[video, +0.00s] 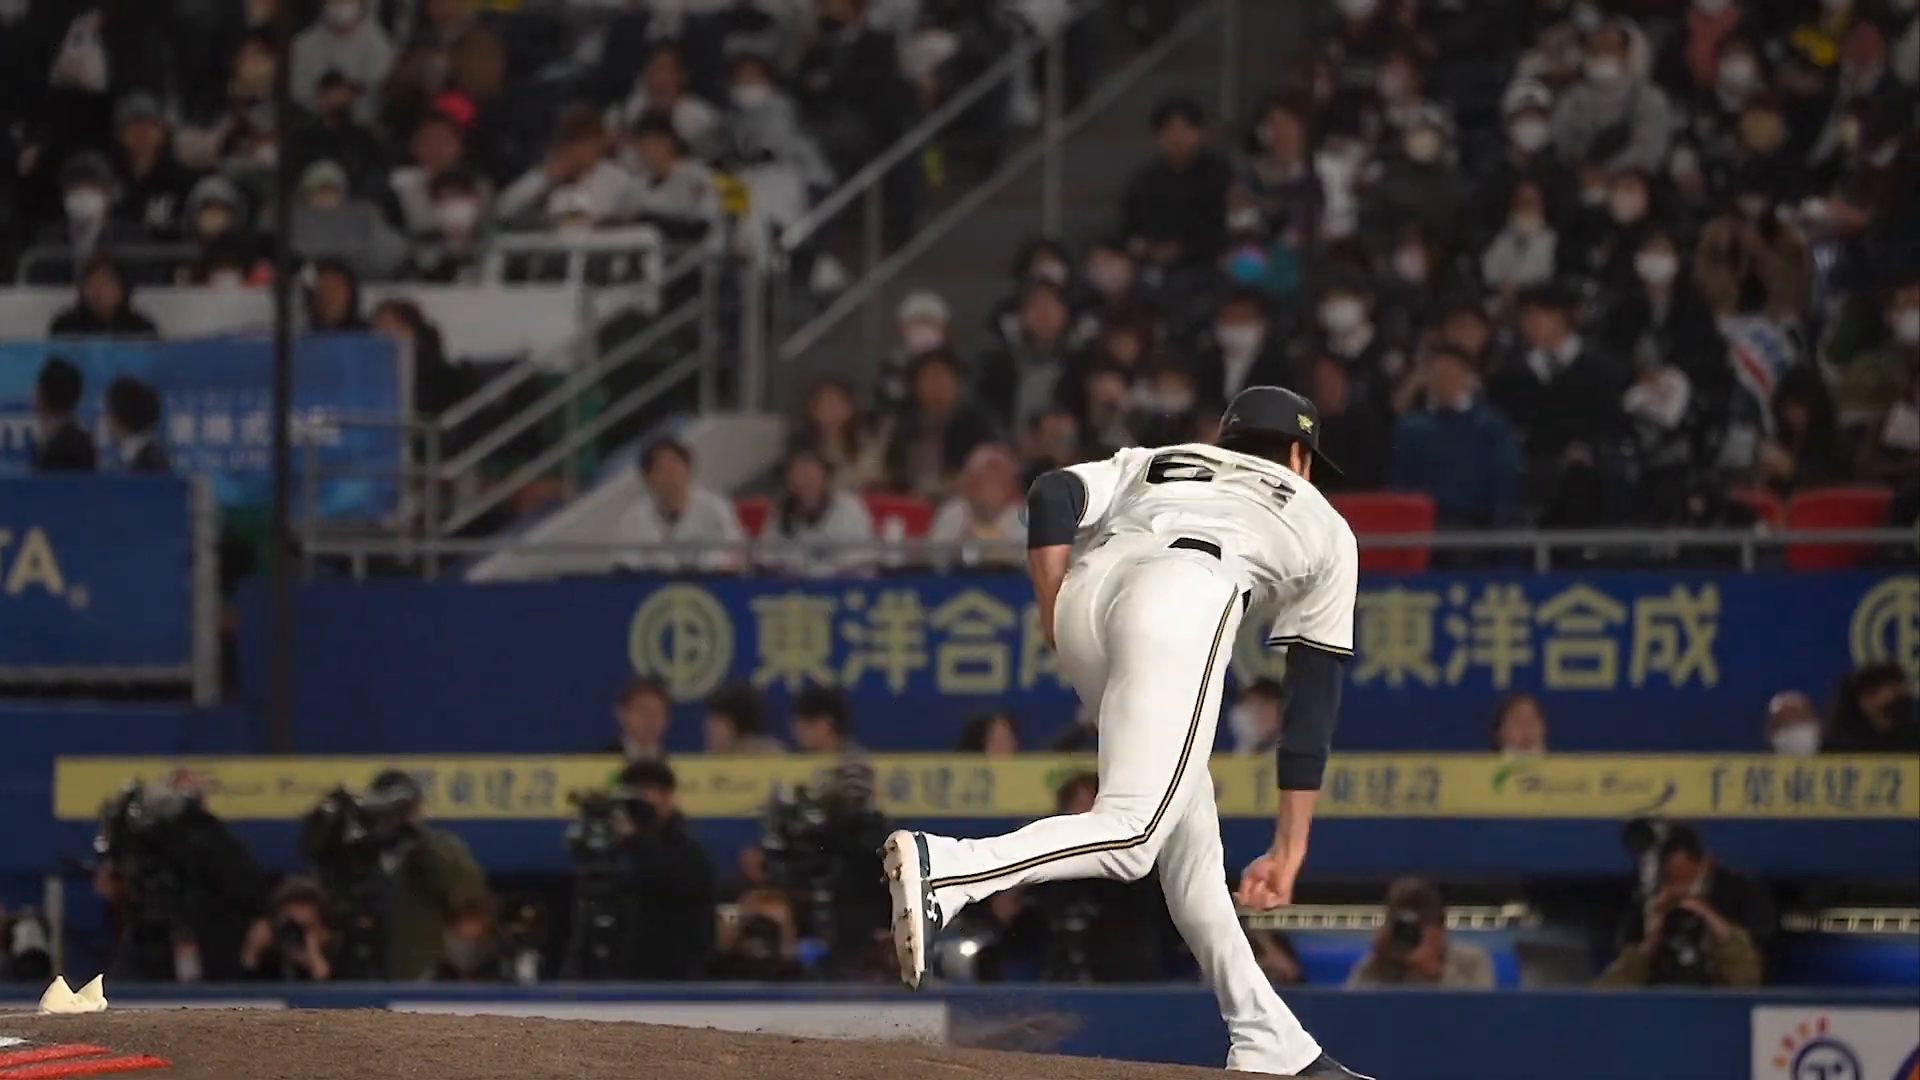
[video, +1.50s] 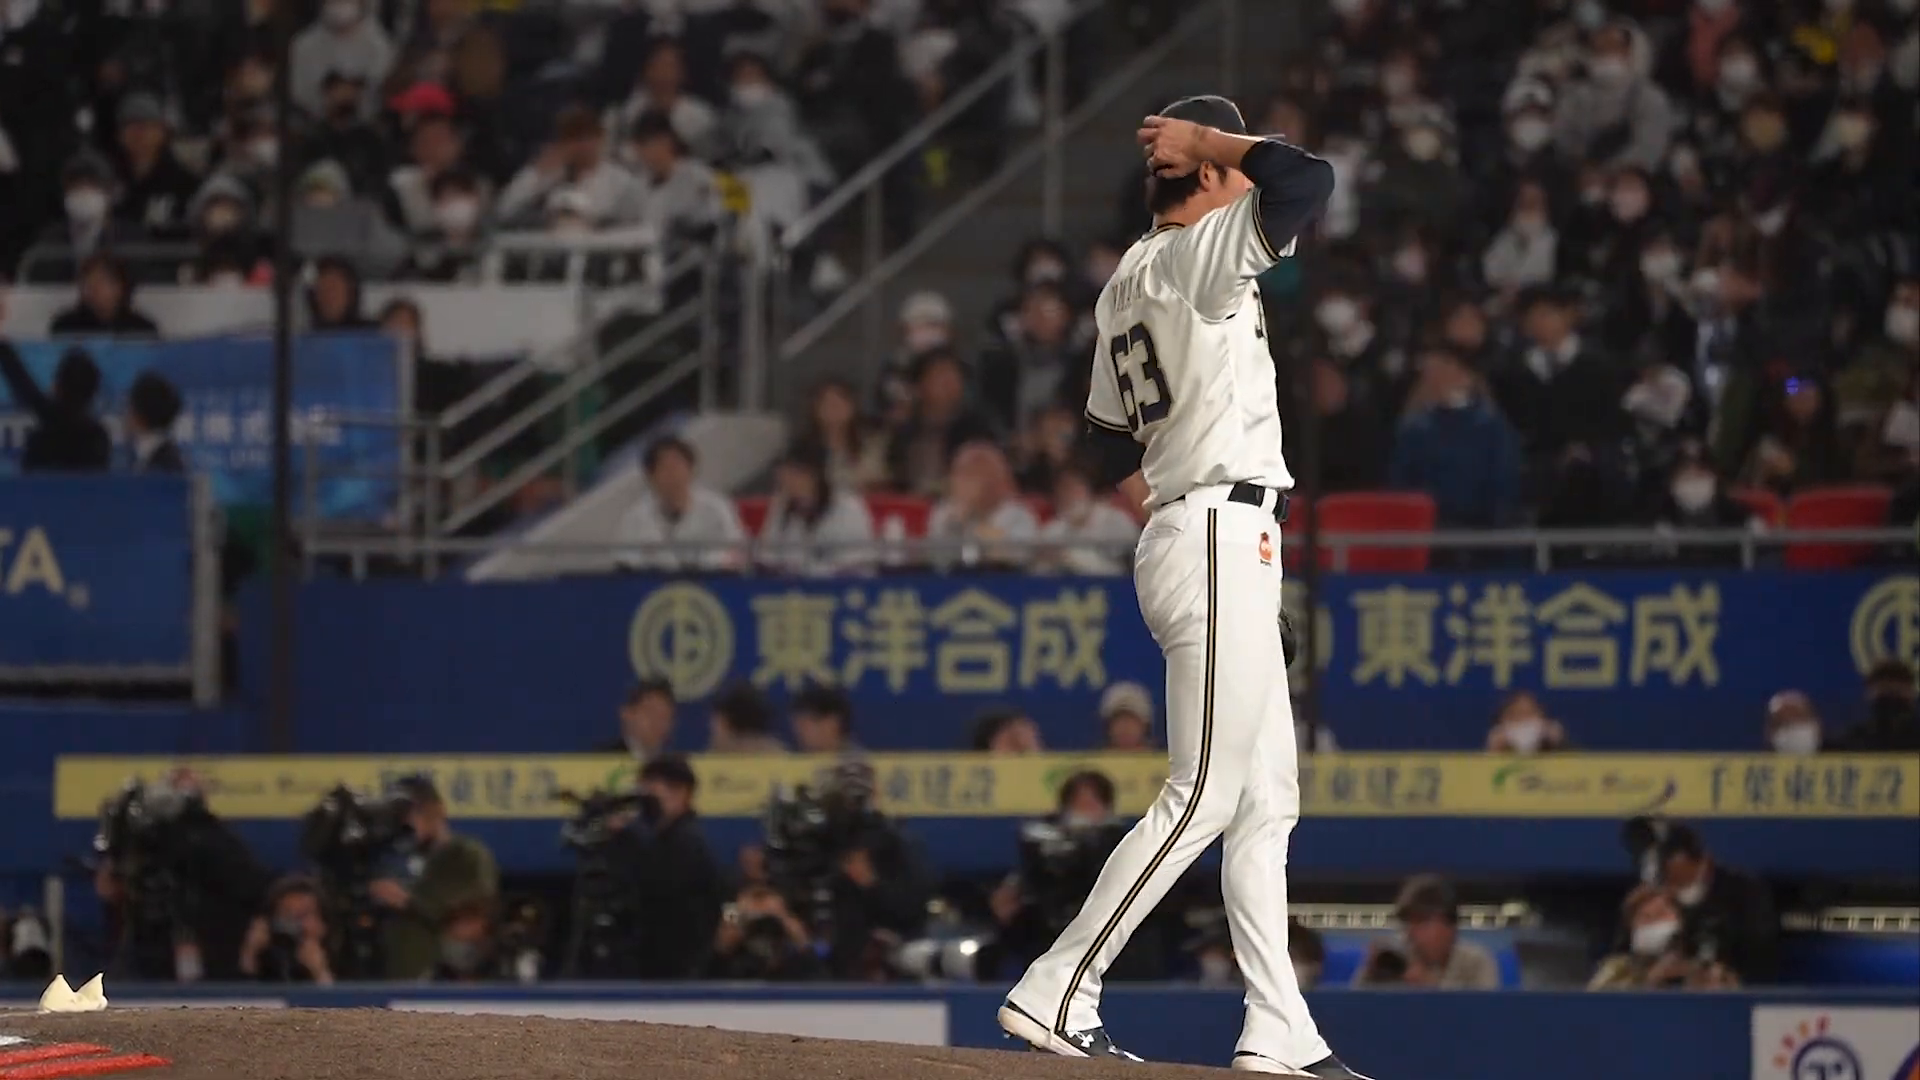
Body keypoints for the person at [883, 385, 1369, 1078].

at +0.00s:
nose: (1310, 473)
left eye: (1308, 461)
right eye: (1311, 460)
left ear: (1223, 441)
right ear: (1300, 457)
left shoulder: (1158, 458)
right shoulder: (1324, 525)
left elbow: (1054, 490)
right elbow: (1310, 698)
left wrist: (1053, 605)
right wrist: (1289, 845)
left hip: (1083, 593)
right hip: (1186, 595)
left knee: (1191, 856)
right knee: (1128, 834)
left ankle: (1274, 1046)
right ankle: (940, 872)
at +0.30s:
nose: (1423, 307)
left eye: (1419, 292)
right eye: (1419, 292)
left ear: (1334, 294)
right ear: (1401, 298)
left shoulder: (1270, 325)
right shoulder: (1443, 393)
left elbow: (1180, 351)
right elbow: (1433, 543)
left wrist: (1064, 392)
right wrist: (1396, 705)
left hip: (1249, 530)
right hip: (1356, 523)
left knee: (1269, 791)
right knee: (1451, 701)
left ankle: (1274, 1032)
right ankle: (1481, 576)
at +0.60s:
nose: (1518, 317)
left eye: (1511, 305)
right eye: (1510, 305)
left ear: (1431, 317)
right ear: (1495, 314)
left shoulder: (1371, 395)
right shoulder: (1555, 377)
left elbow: (1286, 490)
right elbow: (1718, 384)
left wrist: (1278, 621)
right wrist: (1831, 311)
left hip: (1399, 630)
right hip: (1518, 628)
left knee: (1388, 829)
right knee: (1610, 871)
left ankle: (1283, 1026)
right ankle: (1688, 1064)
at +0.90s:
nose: (1493, 211)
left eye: (1491, 193)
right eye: (1488, 195)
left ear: (1400, 190)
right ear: (1466, 193)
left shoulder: (1322, 273)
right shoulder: (1486, 256)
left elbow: (1233, 403)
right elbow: (1632, 212)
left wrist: (1277, 533)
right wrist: (1534, 140)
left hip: (1347, 557)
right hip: (1450, 547)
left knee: (1389, 800)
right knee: (1553, 784)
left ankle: (1294, 1013)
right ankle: (1602, 1026)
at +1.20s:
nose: (1357, 209)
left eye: (1348, 184)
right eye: (1349, 187)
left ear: (1268, 194)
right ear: (1327, 188)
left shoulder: (1224, 285)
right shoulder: (1332, 249)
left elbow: (1195, 441)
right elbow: (1445, 166)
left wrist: (1250, 563)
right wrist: (1349, 130)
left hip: (1280, 542)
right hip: (1345, 535)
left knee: (1324, 792)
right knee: (1379, 792)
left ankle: (1290, 1023)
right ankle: (1237, 1000)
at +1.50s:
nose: (1239, 172)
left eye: (1234, 156)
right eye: (1230, 154)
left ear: (1166, 183)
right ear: (1195, 174)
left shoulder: (1119, 287)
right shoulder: (1198, 251)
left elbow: (1108, 437)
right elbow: (1306, 177)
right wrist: (1207, 146)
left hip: (1196, 538)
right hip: (1219, 537)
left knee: (1268, 798)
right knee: (1204, 792)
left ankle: (1280, 1035)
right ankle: (1054, 995)